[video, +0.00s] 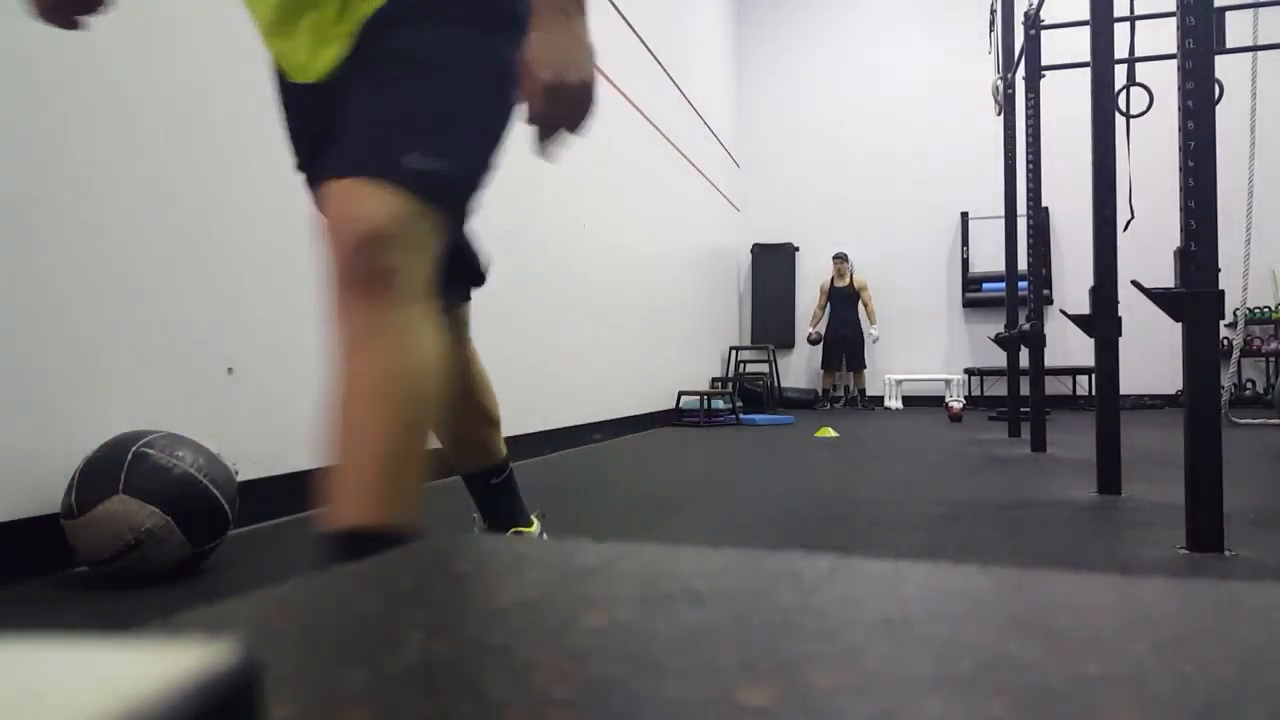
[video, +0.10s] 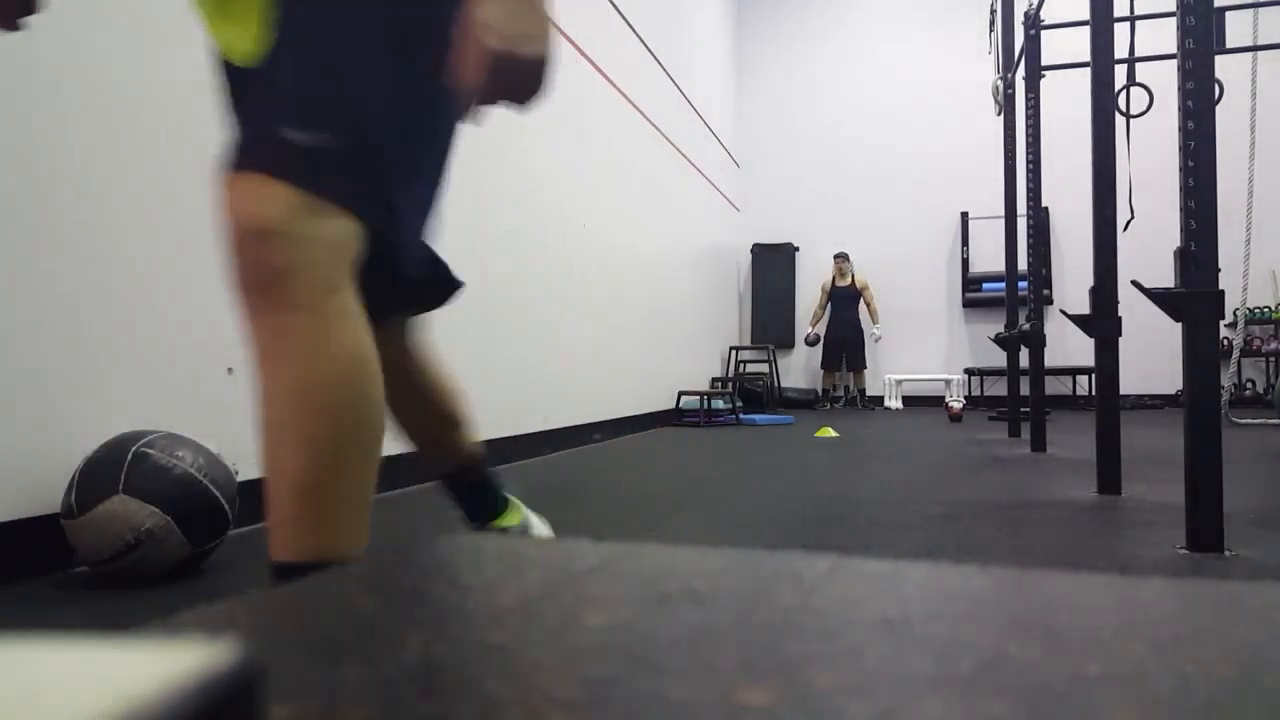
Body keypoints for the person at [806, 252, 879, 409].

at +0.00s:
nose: (838, 267)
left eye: (841, 263)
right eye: (835, 264)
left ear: (848, 265)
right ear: (832, 266)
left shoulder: (858, 283)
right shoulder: (827, 285)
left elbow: (867, 304)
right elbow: (820, 308)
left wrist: (874, 326)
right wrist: (811, 327)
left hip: (853, 331)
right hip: (833, 331)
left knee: (858, 368)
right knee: (829, 368)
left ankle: (862, 400)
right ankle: (825, 400)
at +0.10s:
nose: (839, 266)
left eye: (842, 262)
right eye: (837, 263)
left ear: (849, 264)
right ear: (834, 265)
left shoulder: (860, 283)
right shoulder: (828, 285)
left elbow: (870, 304)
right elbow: (821, 308)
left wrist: (876, 326)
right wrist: (811, 327)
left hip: (853, 330)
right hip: (833, 330)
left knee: (858, 368)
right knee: (829, 368)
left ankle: (862, 399)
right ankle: (825, 399)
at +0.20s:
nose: (842, 265)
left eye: (844, 262)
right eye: (839, 263)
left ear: (851, 263)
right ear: (836, 265)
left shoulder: (862, 282)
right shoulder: (830, 284)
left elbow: (871, 304)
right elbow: (822, 307)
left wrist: (877, 326)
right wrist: (811, 326)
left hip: (854, 330)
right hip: (834, 330)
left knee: (858, 368)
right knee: (829, 367)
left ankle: (862, 400)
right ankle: (825, 399)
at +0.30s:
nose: (843, 265)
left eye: (846, 262)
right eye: (841, 263)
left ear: (853, 263)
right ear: (838, 265)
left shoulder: (864, 282)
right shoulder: (833, 283)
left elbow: (873, 304)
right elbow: (824, 306)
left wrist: (877, 326)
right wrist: (811, 324)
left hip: (855, 330)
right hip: (835, 330)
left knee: (859, 368)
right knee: (829, 367)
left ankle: (861, 400)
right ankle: (824, 399)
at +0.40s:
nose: (843, 266)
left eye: (846, 262)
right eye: (841, 263)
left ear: (853, 263)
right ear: (838, 265)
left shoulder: (865, 282)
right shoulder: (833, 283)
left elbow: (873, 304)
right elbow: (823, 305)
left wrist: (877, 327)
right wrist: (808, 323)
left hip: (856, 330)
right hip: (835, 330)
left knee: (859, 367)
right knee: (827, 365)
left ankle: (862, 399)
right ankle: (824, 398)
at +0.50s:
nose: (839, 267)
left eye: (842, 264)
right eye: (838, 264)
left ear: (851, 264)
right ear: (836, 265)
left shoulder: (864, 282)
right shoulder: (832, 283)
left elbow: (872, 304)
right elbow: (819, 304)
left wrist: (877, 326)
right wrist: (802, 320)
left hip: (855, 330)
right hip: (834, 330)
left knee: (858, 367)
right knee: (827, 365)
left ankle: (862, 400)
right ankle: (822, 398)